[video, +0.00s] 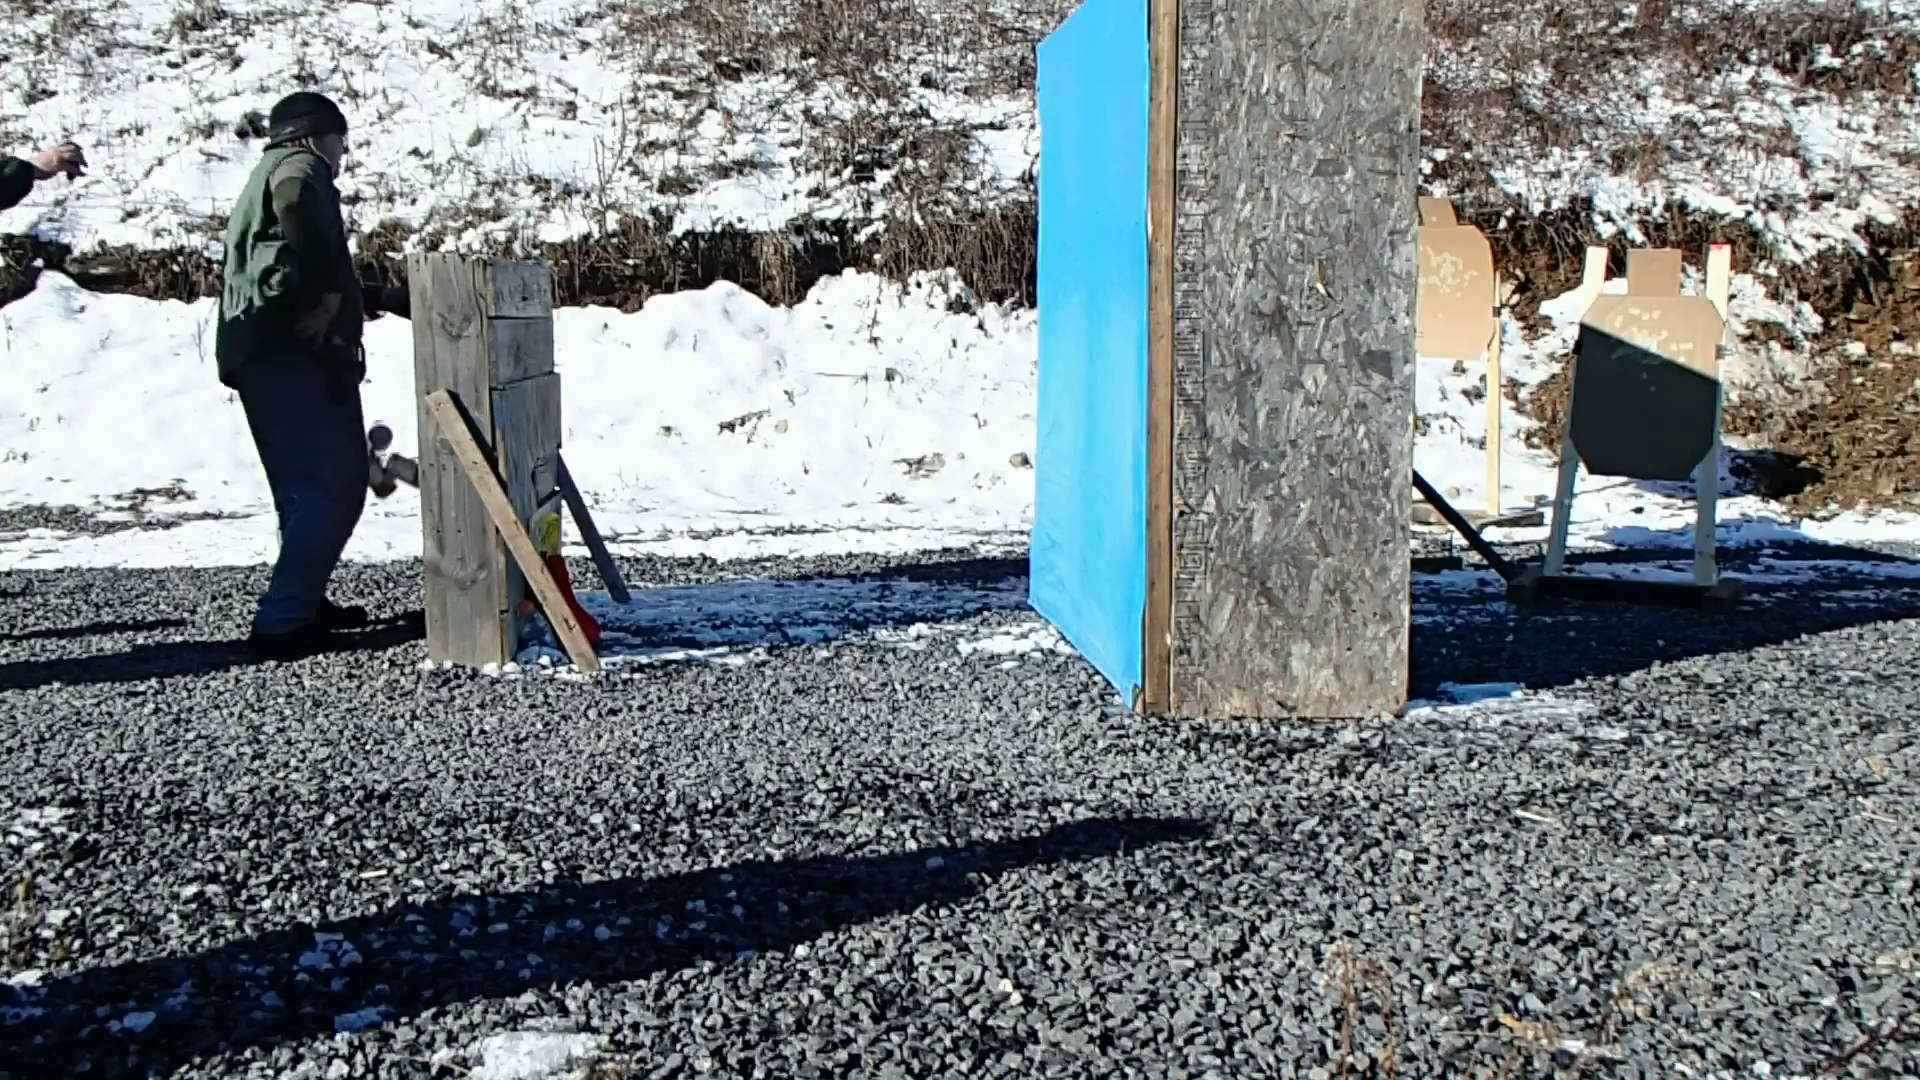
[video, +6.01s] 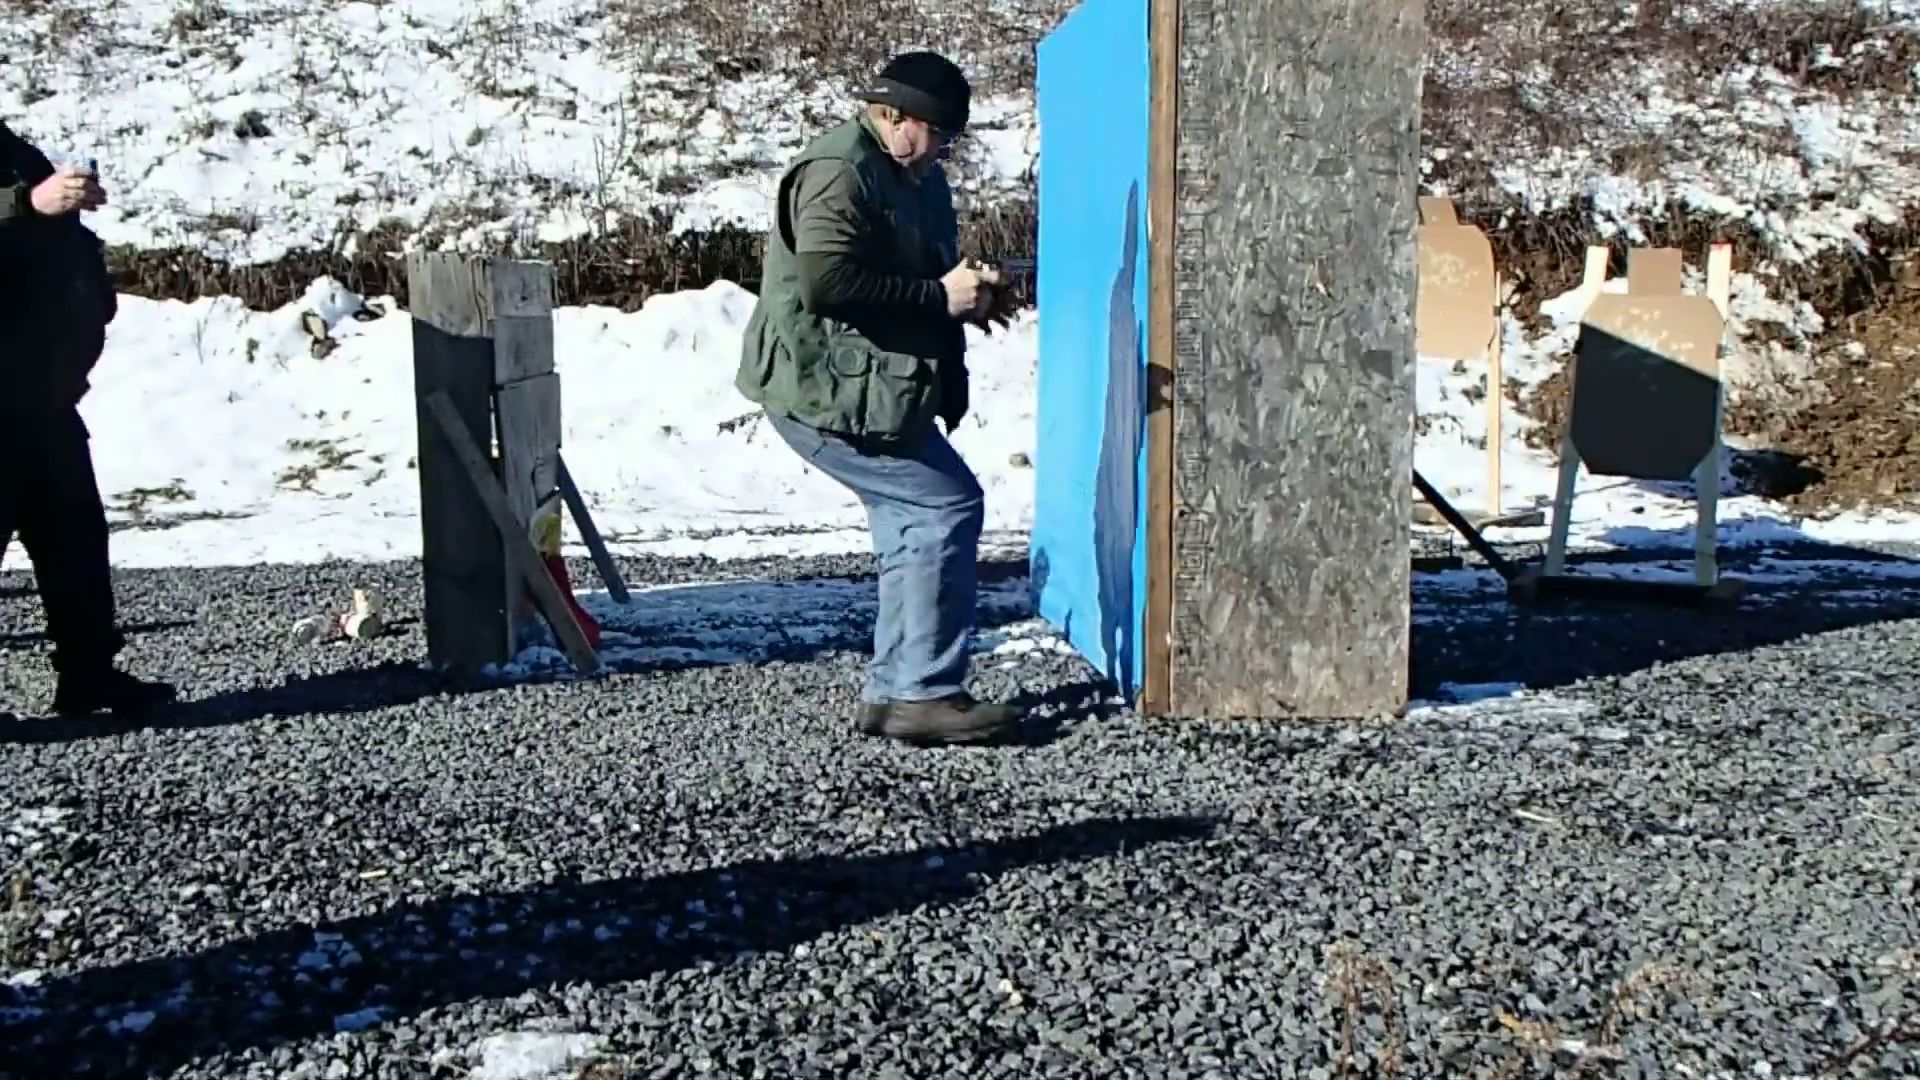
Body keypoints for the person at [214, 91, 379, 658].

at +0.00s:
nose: (343, 155)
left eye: (343, 144)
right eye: (340, 143)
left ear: (286, 136)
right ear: (317, 136)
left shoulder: (269, 173)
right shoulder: (301, 166)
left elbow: (311, 278)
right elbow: (304, 244)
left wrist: (376, 298)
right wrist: (330, 306)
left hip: (263, 359)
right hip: (293, 360)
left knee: (304, 481)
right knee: (338, 478)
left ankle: (304, 604)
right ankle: (284, 619)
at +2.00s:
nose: (303, 144)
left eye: (303, 133)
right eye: (299, 132)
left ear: (244, 116)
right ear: (273, 122)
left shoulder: (208, 158)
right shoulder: (244, 158)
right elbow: (346, 184)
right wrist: (440, 183)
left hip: (217, 355)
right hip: (219, 357)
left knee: (252, 500)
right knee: (248, 502)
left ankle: (229, 631)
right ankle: (211, 647)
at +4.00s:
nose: (518, 153)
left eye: (516, 140)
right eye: (508, 141)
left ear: (466, 134)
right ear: (466, 136)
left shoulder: (477, 177)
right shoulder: (426, 190)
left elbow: (571, 197)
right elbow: (546, 208)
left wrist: (672, 201)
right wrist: (667, 202)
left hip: (482, 398)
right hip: (455, 405)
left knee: (527, 534)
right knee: (554, 535)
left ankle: (438, 664)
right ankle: (537, 711)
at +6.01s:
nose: (941, 146)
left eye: (947, 133)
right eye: (936, 130)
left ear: (928, 125)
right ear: (896, 115)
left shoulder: (923, 181)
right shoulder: (838, 170)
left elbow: (927, 285)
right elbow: (827, 282)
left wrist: (965, 297)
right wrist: (939, 296)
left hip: (871, 386)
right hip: (818, 389)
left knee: (913, 516)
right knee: (947, 502)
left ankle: (892, 686)